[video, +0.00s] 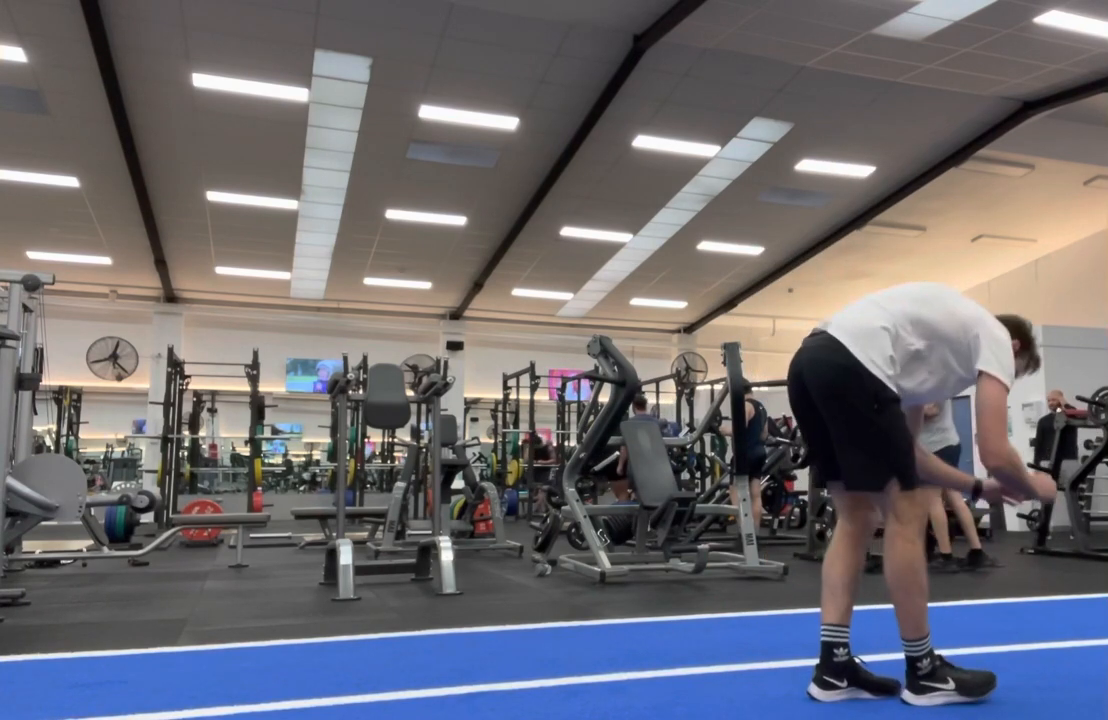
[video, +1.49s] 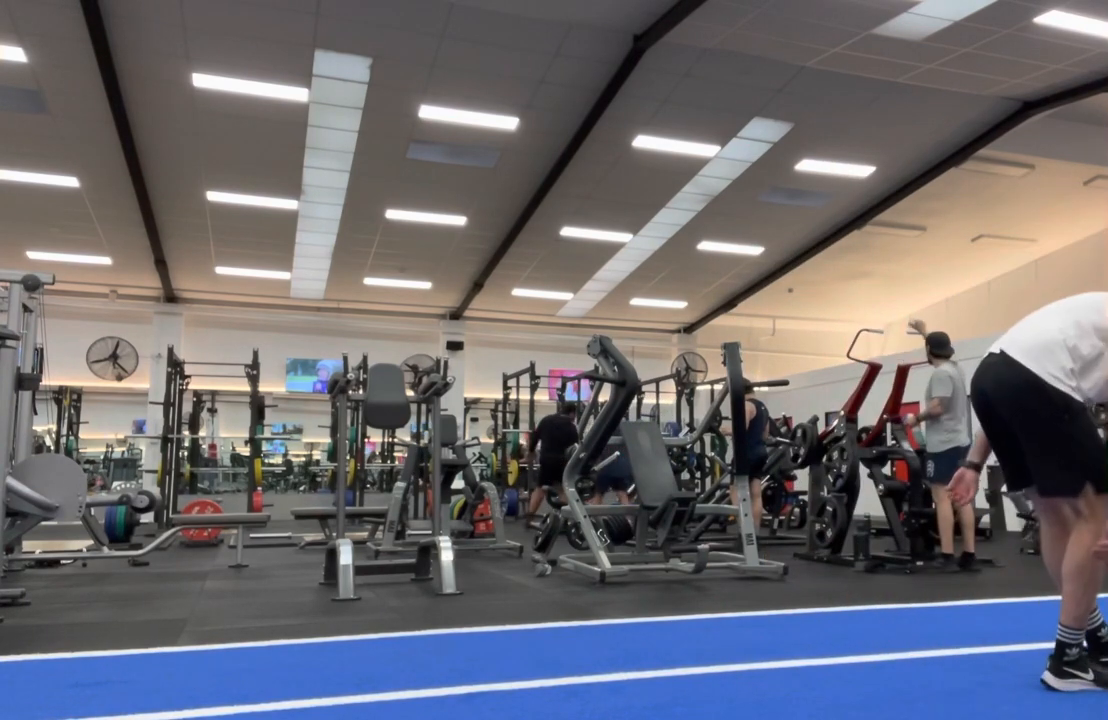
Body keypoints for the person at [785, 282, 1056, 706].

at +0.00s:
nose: (1011, 377)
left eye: (1016, 374)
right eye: (1017, 368)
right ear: (1015, 343)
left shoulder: (926, 354)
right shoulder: (994, 336)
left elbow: (905, 449)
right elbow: (994, 452)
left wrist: (979, 485)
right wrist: (1027, 483)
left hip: (808, 365)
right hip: (854, 368)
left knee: (855, 517)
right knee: (907, 512)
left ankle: (833, 665)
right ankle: (923, 670)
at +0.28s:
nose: (1042, 273)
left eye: (1046, 267)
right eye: (1046, 263)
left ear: (1008, 237)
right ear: (1035, 244)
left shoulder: (959, 254)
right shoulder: (1012, 260)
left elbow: (898, 325)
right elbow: (989, 357)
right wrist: (1015, 436)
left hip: (866, 366)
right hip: (911, 371)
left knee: (918, 509)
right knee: (948, 517)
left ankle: (868, 631)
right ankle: (929, 667)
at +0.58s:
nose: (1047, 228)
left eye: (1051, 220)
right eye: (1049, 218)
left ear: (1003, 204)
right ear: (1034, 204)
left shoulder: (951, 245)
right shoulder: (1021, 234)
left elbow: (931, 330)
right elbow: (1004, 318)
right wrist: (1024, 409)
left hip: (905, 380)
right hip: (957, 381)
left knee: (944, 517)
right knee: (1017, 508)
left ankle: (925, 655)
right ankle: (945, 637)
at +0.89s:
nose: (1089, 221)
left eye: (1091, 214)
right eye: (1090, 212)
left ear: (1042, 200)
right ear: (1074, 200)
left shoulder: (993, 242)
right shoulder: (1061, 230)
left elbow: (968, 326)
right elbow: (1041, 313)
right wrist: (1071, 404)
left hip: (953, 384)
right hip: (1007, 386)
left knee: (973, 516)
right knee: (1039, 521)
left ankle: (931, 649)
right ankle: (1058, 656)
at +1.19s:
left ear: (1091, 251)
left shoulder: (1048, 269)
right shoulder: (1103, 269)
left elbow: (991, 346)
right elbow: (1102, 358)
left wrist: (979, 433)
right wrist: (1106, 443)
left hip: (982, 375)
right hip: (1036, 381)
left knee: (1047, 508)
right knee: (1078, 511)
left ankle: (1057, 637)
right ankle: (1065, 652)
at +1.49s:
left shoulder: (1090, 313)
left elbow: (1009, 372)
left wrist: (973, 463)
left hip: (991, 379)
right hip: (1040, 385)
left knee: (1054, 519)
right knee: (1095, 520)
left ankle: (1095, 635)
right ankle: (1068, 657)